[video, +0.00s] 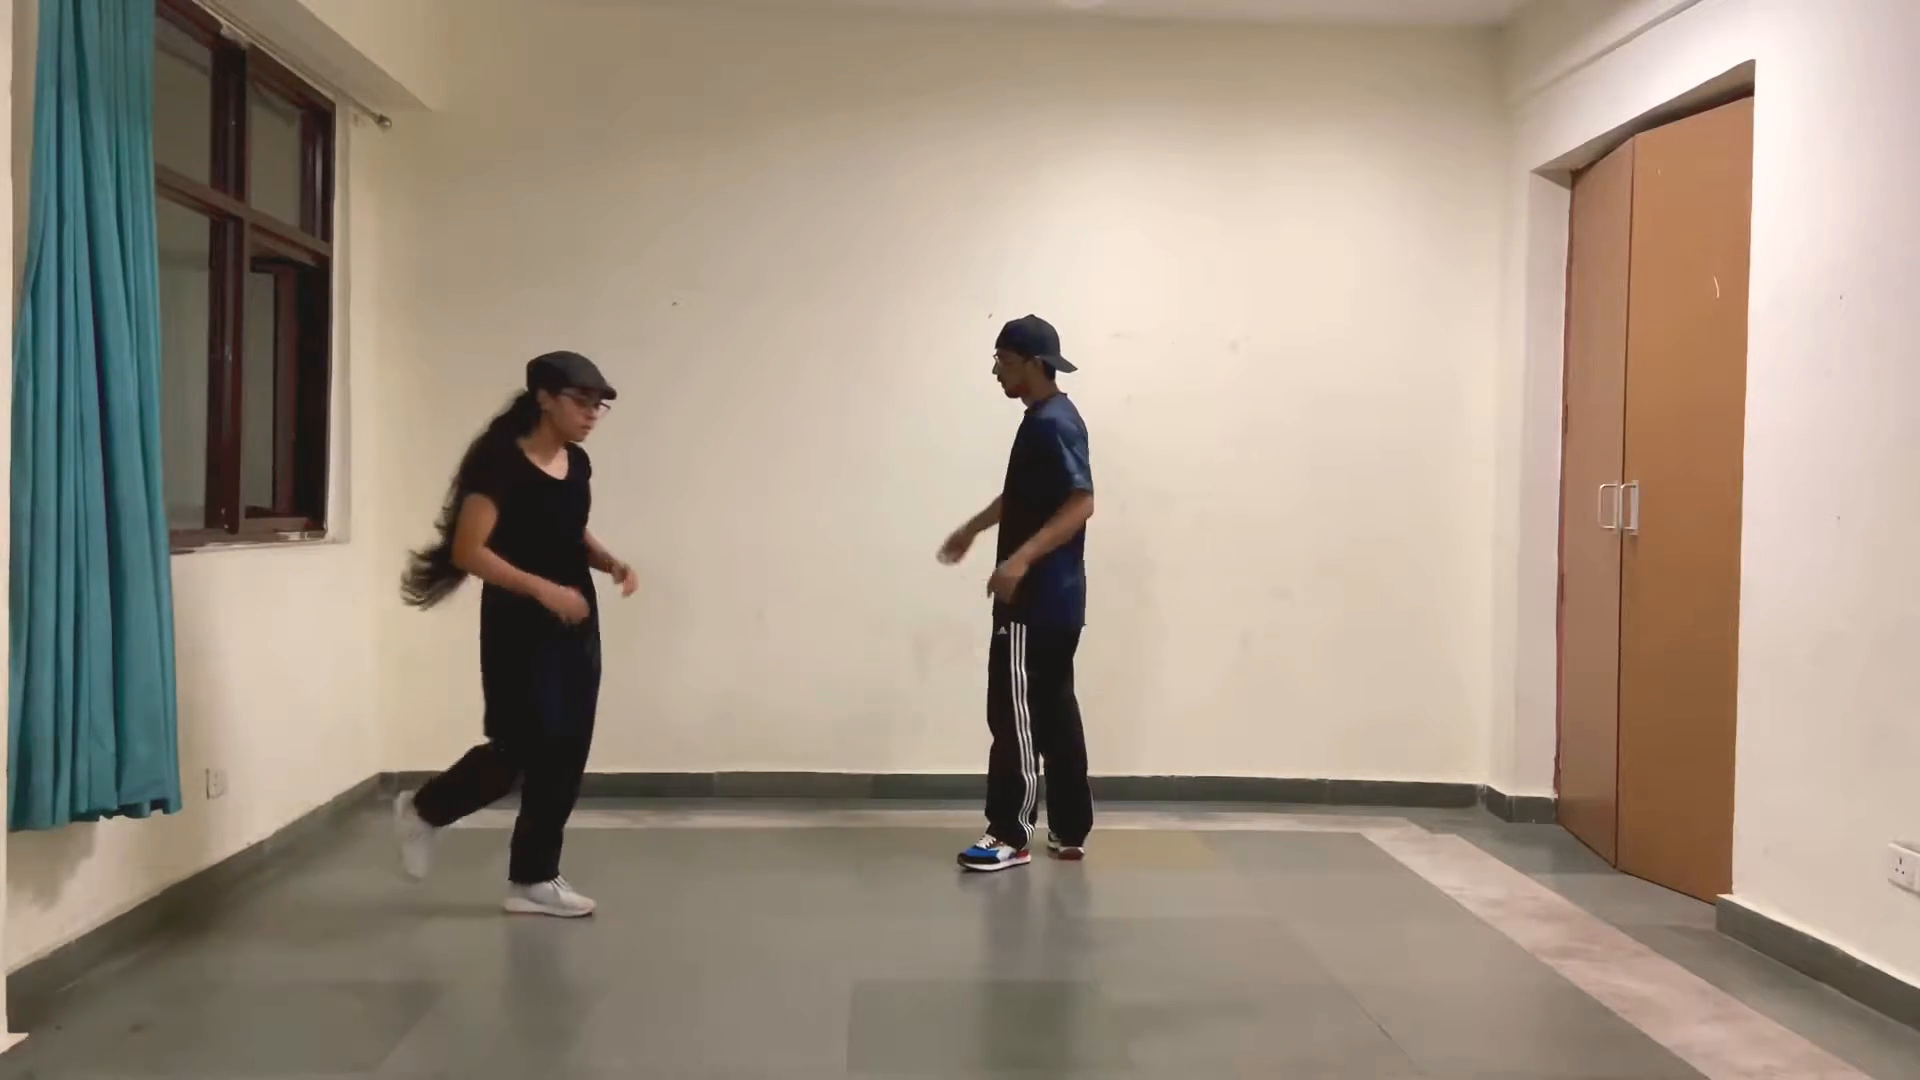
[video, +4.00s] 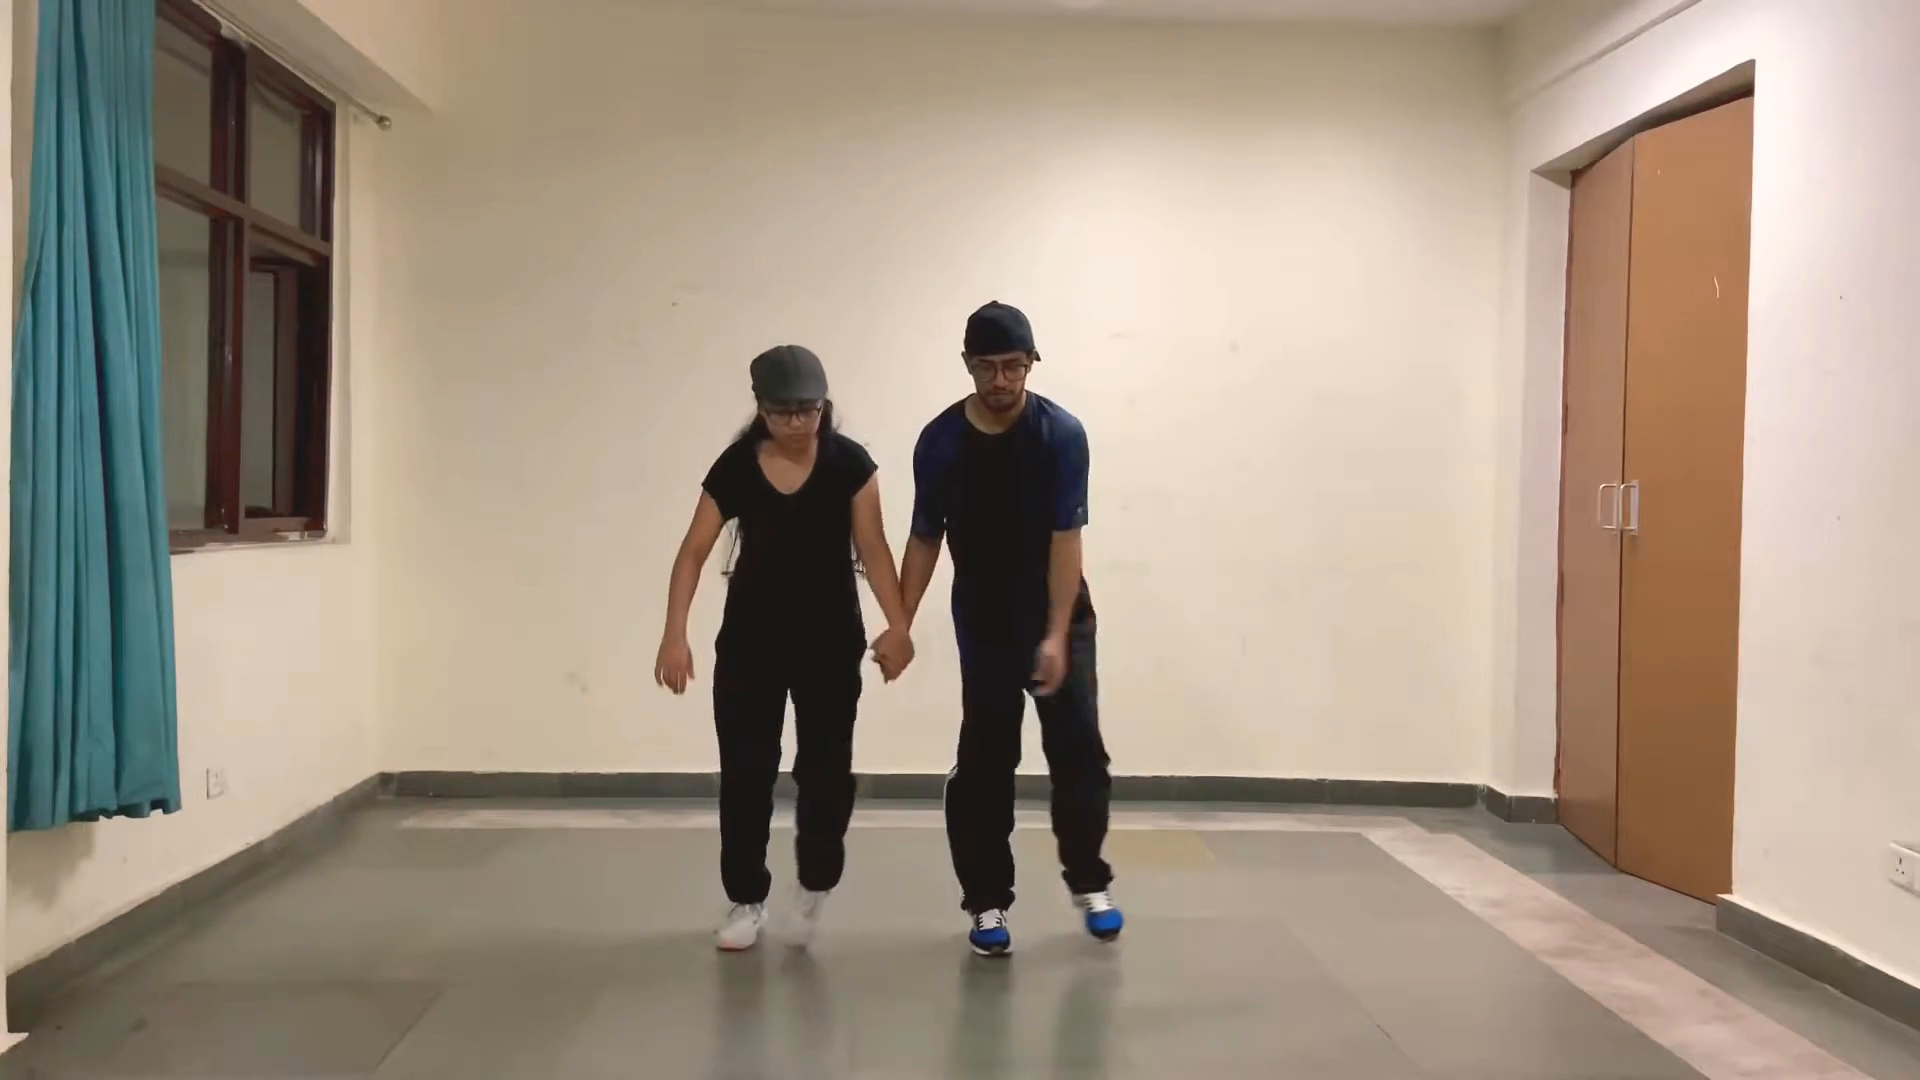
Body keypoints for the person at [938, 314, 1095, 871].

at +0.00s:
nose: (996, 371)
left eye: (1002, 361)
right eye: (997, 361)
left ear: (1031, 363)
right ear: (1036, 365)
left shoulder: (1052, 422)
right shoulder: (1046, 417)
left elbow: (1080, 504)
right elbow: (1023, 492)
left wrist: (1019, 560)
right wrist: (971, 528)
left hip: (1035, 597)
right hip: (1047, 595)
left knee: (1012, 714)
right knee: (1053, 711)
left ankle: (1009, 836)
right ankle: (1069, 831)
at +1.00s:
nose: (1022, 374)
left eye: (1034, 365)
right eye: (1015, 364)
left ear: (1059, 371)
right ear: (1006, 365)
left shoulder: (1079, 439)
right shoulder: (979, 426)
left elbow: (1092, 527)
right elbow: (965, 509)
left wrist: (1096, 607)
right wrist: (1036, 534)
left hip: (1049, 604)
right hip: (988, 600)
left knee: (1043, 724)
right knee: (996, 720)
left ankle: (1021, 848)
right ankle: (1005, 850)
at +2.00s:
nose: (1028, 353)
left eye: (1039, 343)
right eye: (1017, 342)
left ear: (1059, 348)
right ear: (1004, 346)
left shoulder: (1085, 413)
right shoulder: (978, 423)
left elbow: (1120, 493)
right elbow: (960, 515)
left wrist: (1166, 561)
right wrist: (915, 569)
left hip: (1092, 610)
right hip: (1018, 618)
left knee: (1113, 748)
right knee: (1034, 753)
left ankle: (1129, 886)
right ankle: (1055, 877)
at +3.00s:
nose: (966, 360)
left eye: (978, 348)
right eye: (954, 349)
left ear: (1001, 348)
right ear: (941, 352)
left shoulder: (1036, 424)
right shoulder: (915, 428)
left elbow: (1073, 504)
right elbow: (889, 524)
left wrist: (1112, 537)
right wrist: (846, 611)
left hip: (1021, 627)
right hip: (943, 625)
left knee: (1032, 762)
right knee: (934, 750)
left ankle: (1026, 907)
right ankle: (896, 862)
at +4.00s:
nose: (1001, 379)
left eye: (1013, 366)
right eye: (987, 366)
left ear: (1031, 364)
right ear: (969, 368)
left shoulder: (1061, 435)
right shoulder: (940, 442)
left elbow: (1066, 543)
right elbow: (923, 539)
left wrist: (1058, 633)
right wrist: (899, 626)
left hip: (1059, 611)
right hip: (985, 617)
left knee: (1078, 748)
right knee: (987, 756)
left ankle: (1089, 879)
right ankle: (987, 901)